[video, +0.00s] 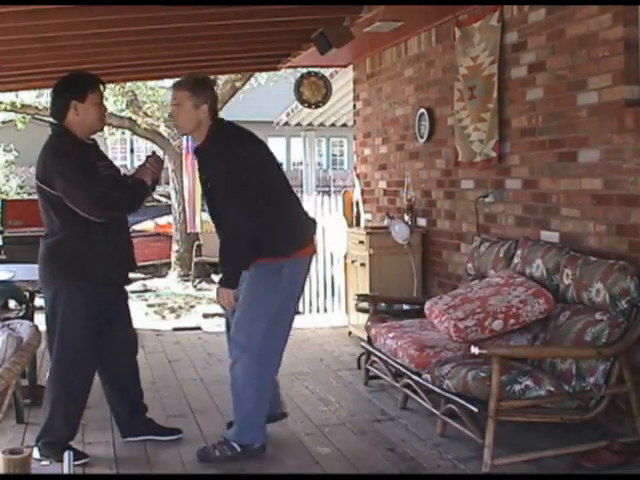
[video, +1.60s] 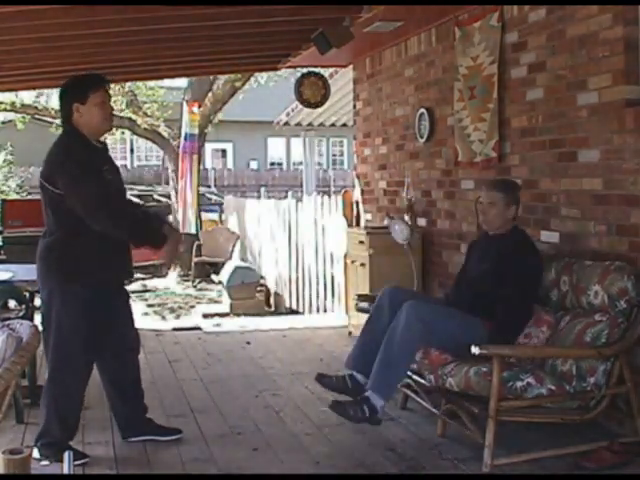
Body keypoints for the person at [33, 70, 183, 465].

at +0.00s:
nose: (105, 110)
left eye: (103, 102)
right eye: (99, 102)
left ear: (76, 108)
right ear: (75, 107)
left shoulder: (89, 151)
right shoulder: (60, 153)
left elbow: (117, 198)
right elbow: (100, 206)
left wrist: (143, 179)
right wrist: (141, 182)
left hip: (103, 275)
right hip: (73, 278)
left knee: (119, 352)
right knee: (72, 363)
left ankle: (134, 424)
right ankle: (52, 444)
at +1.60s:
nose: (112, 110)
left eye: (110, 102)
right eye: (103, 103)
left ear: (86, 110)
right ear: (76, 110)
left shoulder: (97, 153)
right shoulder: (67, 156)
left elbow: (118, 207)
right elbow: (102, 215)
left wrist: (160, 223)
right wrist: (159, 232)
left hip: (103, 274)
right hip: (70, 277)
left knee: (120, 351)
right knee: (69, 361)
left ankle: (134, 424)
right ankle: (51, 444)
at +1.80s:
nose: (106, 110)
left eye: (104, 102)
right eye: (98, 103)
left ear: (78, 111)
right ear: (72, 110)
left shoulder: (92, 154)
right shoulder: (60, 157)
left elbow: (109, 211)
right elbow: (81, 223)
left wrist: (137, 242)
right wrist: (122, 269)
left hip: (100, 271)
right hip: (68, 277)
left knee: (120, 350)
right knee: (71, 363)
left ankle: (134, 423)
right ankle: (52, 445)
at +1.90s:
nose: (104, 113)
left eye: (102, 105)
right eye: (96, 105)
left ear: (76, 111)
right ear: (71, 111)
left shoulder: (90, 155)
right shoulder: (57, 159)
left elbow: (104, 213)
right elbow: (77, 227)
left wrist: (131, 241)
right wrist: (115, 273)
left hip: (100, 273)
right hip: (69, 279)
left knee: (121, 351)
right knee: (72, 365)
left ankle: (134, 423)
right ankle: (52, 445)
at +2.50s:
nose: (102, 126)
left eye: (103, 118)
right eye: (98, 117)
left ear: (75, 116)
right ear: (74, 115)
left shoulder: (78, 157)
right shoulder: (52, 160)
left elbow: (94, 203)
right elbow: (65, 223)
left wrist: (131, 202)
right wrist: (122, 216)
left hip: (95, 279)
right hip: (65, 284)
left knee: (121, 348)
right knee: (79, 364)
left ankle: (135, 424)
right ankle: (52, 445)